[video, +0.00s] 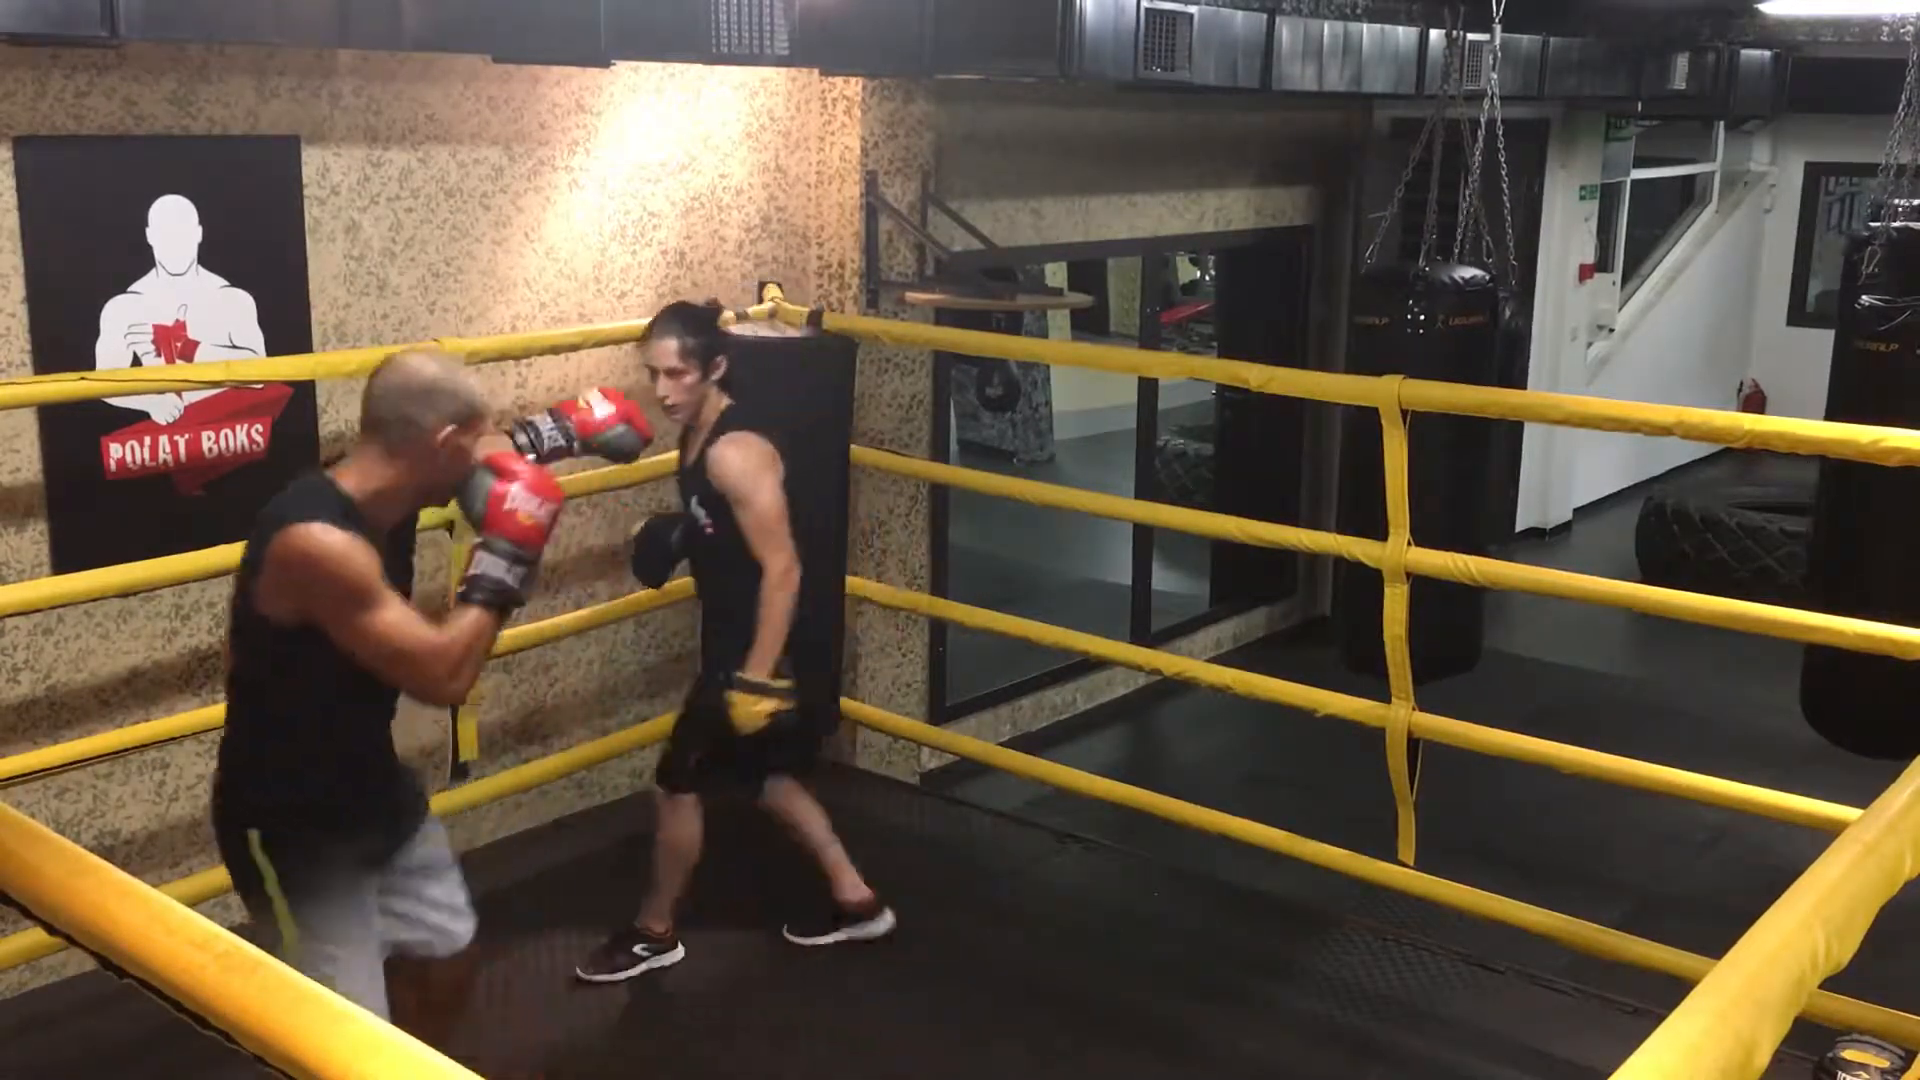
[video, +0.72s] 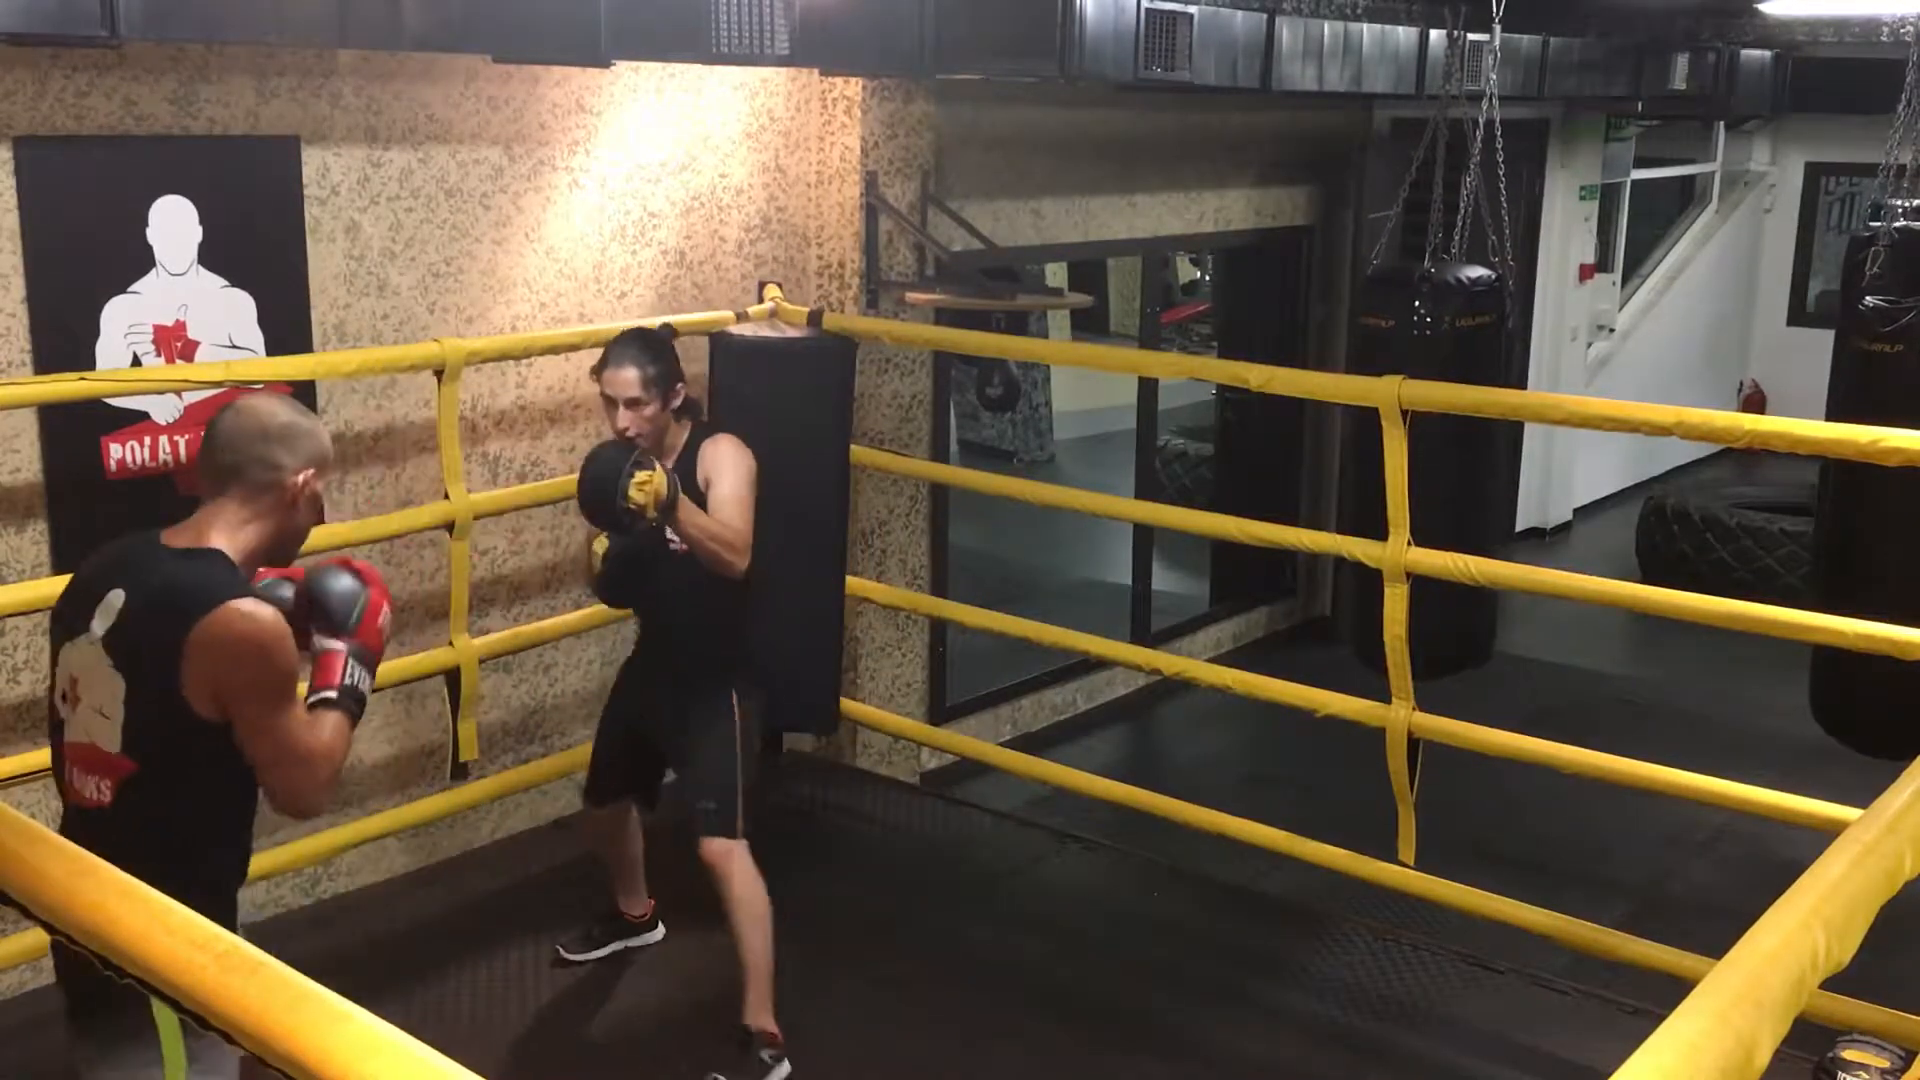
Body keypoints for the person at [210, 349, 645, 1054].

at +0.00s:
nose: (477, 454)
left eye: (477, 439)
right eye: (475, 439)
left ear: (422, 438)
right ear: (437, 443)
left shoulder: (380, 498)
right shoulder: (313, 542)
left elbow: (466, 464)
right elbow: (444, 673)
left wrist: (554, 434)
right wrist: (503, 557)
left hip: (368, 782)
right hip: (290, 816)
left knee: (444, 951)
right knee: (354, 1040)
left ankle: (416, 1072)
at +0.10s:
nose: (446, 489)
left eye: (446, 474)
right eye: (445, 473)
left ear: (389, 469)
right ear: (413, 477)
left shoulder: (354, 535)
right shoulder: (273, 586)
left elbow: (445, 524)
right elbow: (405, 714)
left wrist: (514, 490)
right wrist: (471, 596)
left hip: (365, 823)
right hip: (284, 860)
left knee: (424, 997)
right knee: (322, 1046)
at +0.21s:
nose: (416, 520)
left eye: (419, 503)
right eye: (417, 503)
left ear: (320, 487)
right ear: (389, 507)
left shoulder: (297, 577)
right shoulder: (258, 626)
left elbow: (375, 595)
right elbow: (374, 763)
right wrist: (443, 637)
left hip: (341, 877)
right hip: (260, 913)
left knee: (390, 1020)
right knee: (286, 1064)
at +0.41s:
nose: (378, 525)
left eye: (382, 507)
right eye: (377, 505)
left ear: (274, 480)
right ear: (340, 494)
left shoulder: (171, 550)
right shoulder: (260, 634)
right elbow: (357, 755)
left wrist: (308, 652)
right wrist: (383, 619)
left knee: (319, 1058)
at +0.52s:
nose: (360, 507)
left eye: (363, 487)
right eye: (359, 485)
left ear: (250, 459)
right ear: (323, 472)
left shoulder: (146, 535)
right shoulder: (259, 611)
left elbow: (73, 656)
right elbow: (347, 732)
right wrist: (368, 590)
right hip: (185, 931)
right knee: (184, 1065)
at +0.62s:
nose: (340, 506)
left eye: (342, 488)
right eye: (339, 486)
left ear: (229, 466)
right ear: (310, 481)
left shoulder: (121, 555)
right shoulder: (258, 619)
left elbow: (77, 687)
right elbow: (339, 749)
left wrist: (275, 599)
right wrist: (355, 608)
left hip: (95, 919)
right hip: (190, 945)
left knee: (107, 1065)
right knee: (194, 1065)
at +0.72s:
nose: (318, 511)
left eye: (325, 492)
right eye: (323, 491)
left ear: (197, 477)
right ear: (302, 490)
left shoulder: (100, 573)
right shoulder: (244, 625)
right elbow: (302, 787)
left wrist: (251, 617)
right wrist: (349, 662)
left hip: (85, 920)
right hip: (180, 943)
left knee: (106, 1064)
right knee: (198, 1065)